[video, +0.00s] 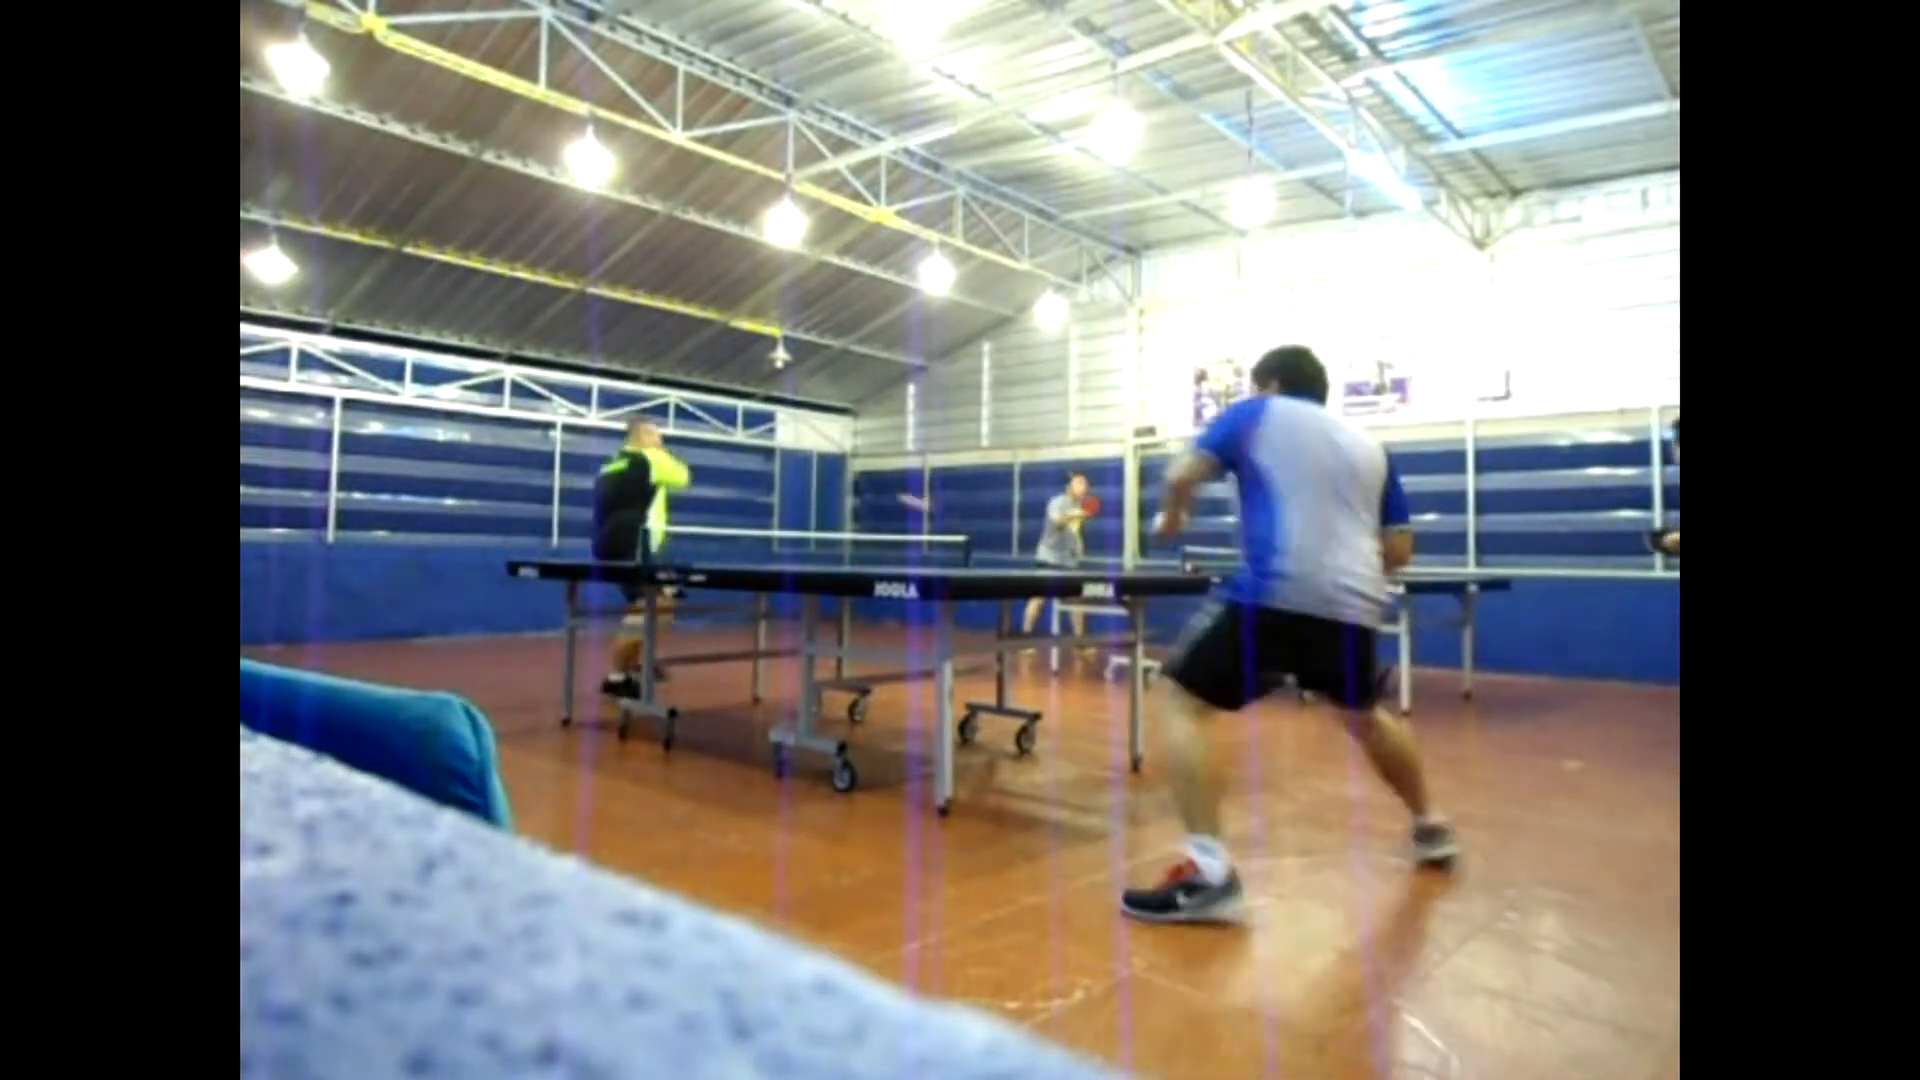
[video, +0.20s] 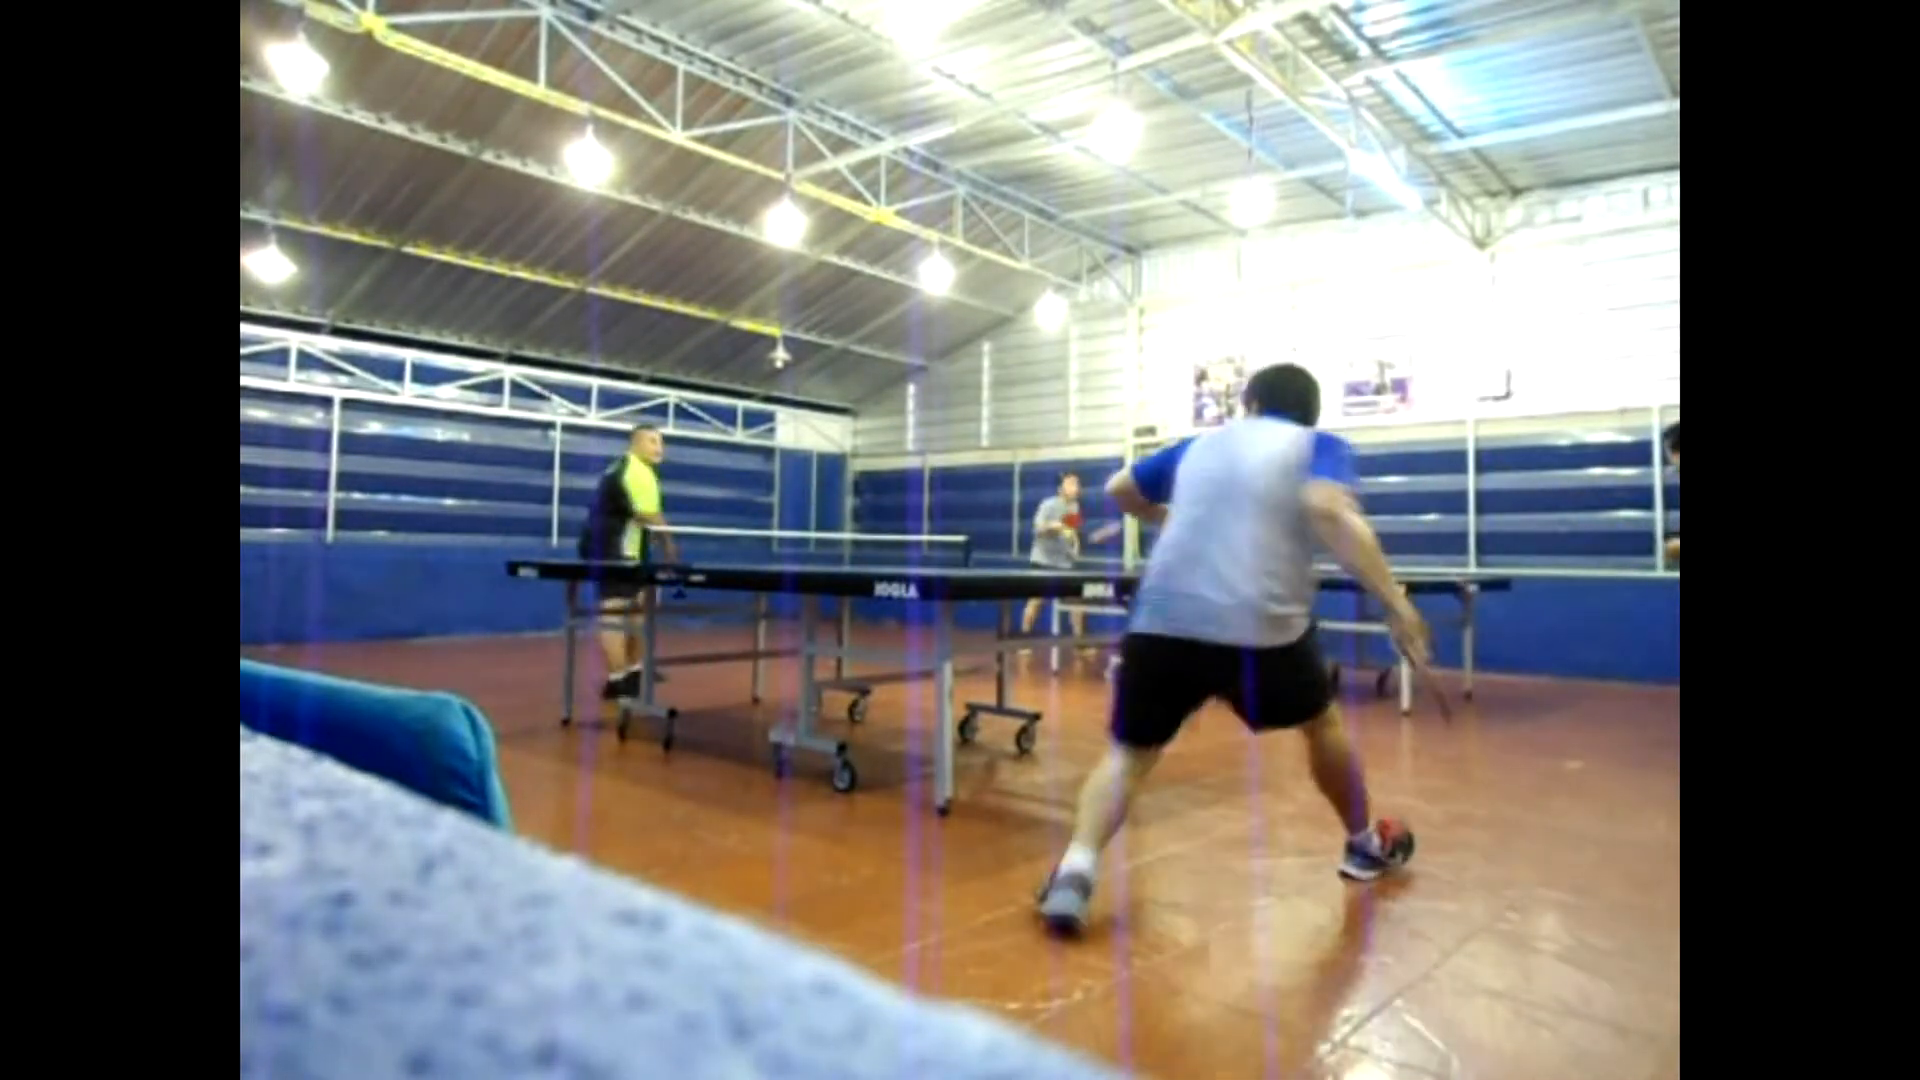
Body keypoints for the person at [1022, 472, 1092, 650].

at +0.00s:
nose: (1082, 488)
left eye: (1084, 484)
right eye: (1078, 484)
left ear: (1086, 489)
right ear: (1070, 486)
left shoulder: (1080, 507)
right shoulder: (1057, 502)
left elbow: (1076, 530)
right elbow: (1057, 519)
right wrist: (1081, 514)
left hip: (1071, 559)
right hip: (1049, 558)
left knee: (1076, 600)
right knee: (1039, 597)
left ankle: (1080, 637)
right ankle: (1026, 633)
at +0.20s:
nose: (1073, 489)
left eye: (1075, 485)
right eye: (1069, 484)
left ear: (1079, 488)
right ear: (1061, 487)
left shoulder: (1075, 507)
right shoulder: (1048, 505)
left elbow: (1074, 530)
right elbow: (1038, 528)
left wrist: (1075, 546)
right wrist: (1058, 527)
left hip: (1067, 561)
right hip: (1043, 560)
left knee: (1076, 601)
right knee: (1036, 599)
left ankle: (1079, 638)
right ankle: (1024, 635)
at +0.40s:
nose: (1061, 490)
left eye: (1065, 485)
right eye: (1057, 485)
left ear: (1070, 488)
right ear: (1050, 485)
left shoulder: (1068, 508)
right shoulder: (1039, 506)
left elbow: (1070, 529)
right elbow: (1025, 531)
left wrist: (1068, 546)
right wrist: (1045, 535)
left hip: (1059, 561)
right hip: (1036, 561)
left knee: (1068, 600)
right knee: (1031, 599)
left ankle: (1073, 638)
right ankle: (1023, 635)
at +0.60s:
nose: (1062, 486)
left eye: (1064, 482)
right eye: (1058, 482)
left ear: (1067, 485)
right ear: (1051, 485)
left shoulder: (1068, 504)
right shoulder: (1037, 503)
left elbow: (1071, 526)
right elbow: (1024, 531)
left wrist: (1069, 545)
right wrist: (1044, 539)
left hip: (1061, 560)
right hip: (1038, 560)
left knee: (1066, 600)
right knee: (1031, 599)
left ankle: (1068, 637)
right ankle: (1023, 635)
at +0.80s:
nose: (1064, 484)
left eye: (1067, 480)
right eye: (1061, 479)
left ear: (1070, 484)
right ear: (1053, 483)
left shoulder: (1071, 504)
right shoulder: (1039, 503)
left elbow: (1074, 528)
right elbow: (1029, 530)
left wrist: (1075, 546)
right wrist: (1048, 537)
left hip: (1065, 559)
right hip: (1043, 559)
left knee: (1068, 601)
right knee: (1033, 599)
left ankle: (1069, 638)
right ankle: (1024, 635)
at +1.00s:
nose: (1066, 485)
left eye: (1069, 480)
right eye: (1062, 480)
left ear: (1072, 484)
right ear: (1054, 483)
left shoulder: (1072, 504)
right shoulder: (1040, 503)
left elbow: (1077, 527)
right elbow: (1032, 530)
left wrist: (1080, 544)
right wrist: (1052, 537)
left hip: (1068, 560)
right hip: (1045, 560)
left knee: (1068, 602)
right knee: (1035, 599)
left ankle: (1069, 639)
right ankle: (1025, 636)